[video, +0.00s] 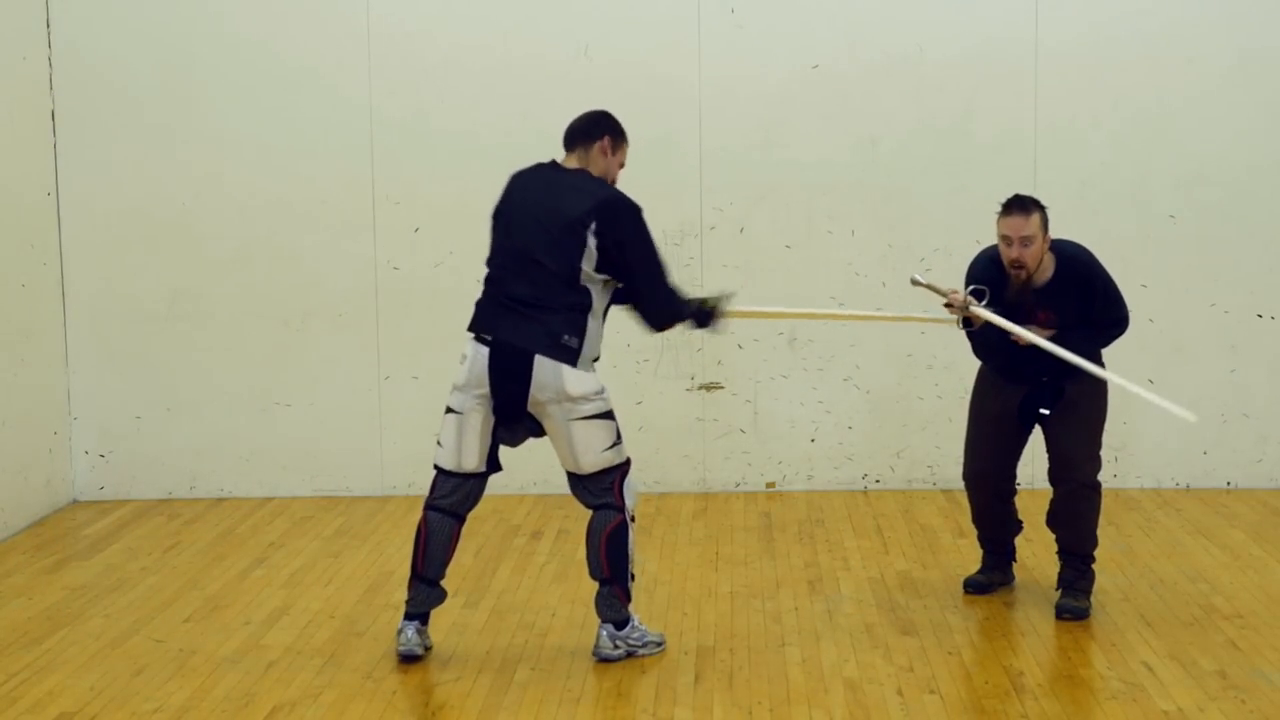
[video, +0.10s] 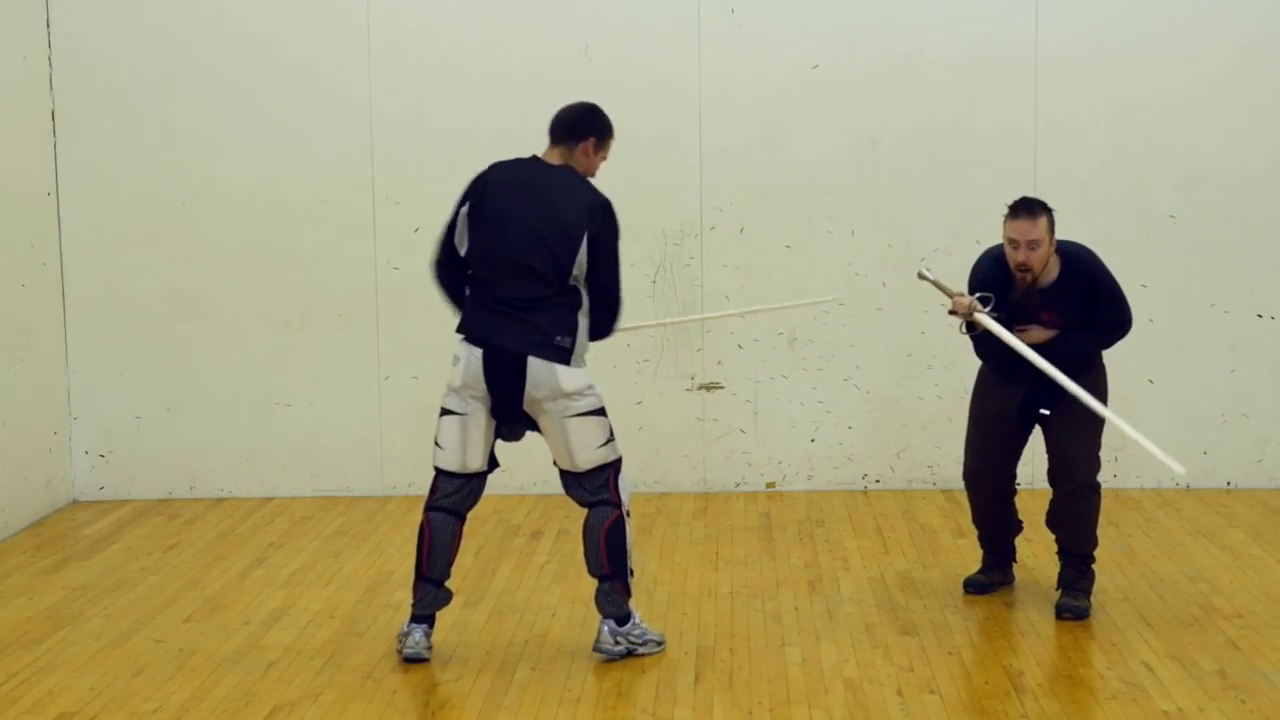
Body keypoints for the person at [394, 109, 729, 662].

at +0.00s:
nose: (620, 173)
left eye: (621, 162)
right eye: (620, 161)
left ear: (570, 147)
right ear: (604, 148)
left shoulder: (521, 182)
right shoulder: (612, 205)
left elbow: (542, 270)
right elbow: (657, 308)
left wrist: (622, 288)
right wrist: (694, 309)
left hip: (486, 356)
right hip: (560, 367)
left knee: (450, 489)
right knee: (608, 493)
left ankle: (413, 621)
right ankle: (616, 625)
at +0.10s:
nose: (601, 166)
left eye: (603, 156)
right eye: (602, 155)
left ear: (552, 139)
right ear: (588, 146)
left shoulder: (491, 178)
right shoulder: (592, 206)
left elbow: (446, 262)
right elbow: (605, 310)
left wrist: (482, 313)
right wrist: (563, 334)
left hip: (475, 354)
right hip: (552, 363)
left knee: (451, 489)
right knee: (601, 489)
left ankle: (419, 623)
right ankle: (617, 623)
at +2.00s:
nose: (807, 221)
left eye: (813, 214)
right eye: (804, 209)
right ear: (777, 188)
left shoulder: (801, 238)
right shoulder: (712, 218)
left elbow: (788, 312)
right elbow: (728, 302)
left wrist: (767, 367)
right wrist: (777, 367)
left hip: (743, 369)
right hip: (671, 368)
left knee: (799, 466)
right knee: (652, 483)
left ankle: (808, 583)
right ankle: (609, 586)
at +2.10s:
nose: (777, 214)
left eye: (786, 208)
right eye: (776, 201)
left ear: (791, 202)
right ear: (757, 171)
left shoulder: (773, 242)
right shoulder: (689, 186)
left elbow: (733, 319)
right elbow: (634, 263)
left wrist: (667, 339)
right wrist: (649, 313)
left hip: (717, 348)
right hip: (650, 335)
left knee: (757, 470)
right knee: (624, 467)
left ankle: (794, 576)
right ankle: (606, 587)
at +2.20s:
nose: (733, 194)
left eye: (747, 194)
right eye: (734, 181)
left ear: (763, 193)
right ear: (727, 156)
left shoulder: (750, 238)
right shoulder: (678, 172)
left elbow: (683, 292)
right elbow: (597, 175)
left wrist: (612, 261)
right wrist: (551, 207)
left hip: (707, 358)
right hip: (640, 347)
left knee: (739, 473)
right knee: (619, 469)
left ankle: (774, 572)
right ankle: (605, 587)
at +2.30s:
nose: (697, 197)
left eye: (709, 192)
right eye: (691, 185)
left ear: (731, 182)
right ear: (682, 163)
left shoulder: (736, 232)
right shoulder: (652, 170)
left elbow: (676, 300)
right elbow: (600, 135)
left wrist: (625, 263)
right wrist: (527, 131)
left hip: (710, 356)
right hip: (642, 348)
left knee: (745, 471)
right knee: (623, 471)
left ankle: (774, 572)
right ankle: (606, 586)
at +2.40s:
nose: (674, 193)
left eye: (686, 187)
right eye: (669, 182)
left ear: (712, 174)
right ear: (661, 162)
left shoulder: (728, 225)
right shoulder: (644, 172)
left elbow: (694, 305)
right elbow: (600, 137)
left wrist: (618, 305)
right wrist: (536, 121)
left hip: (709, 357)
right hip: (640, 351)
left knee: (743, 469)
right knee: (622, 469)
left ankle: (775, 571)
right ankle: (606, 585)